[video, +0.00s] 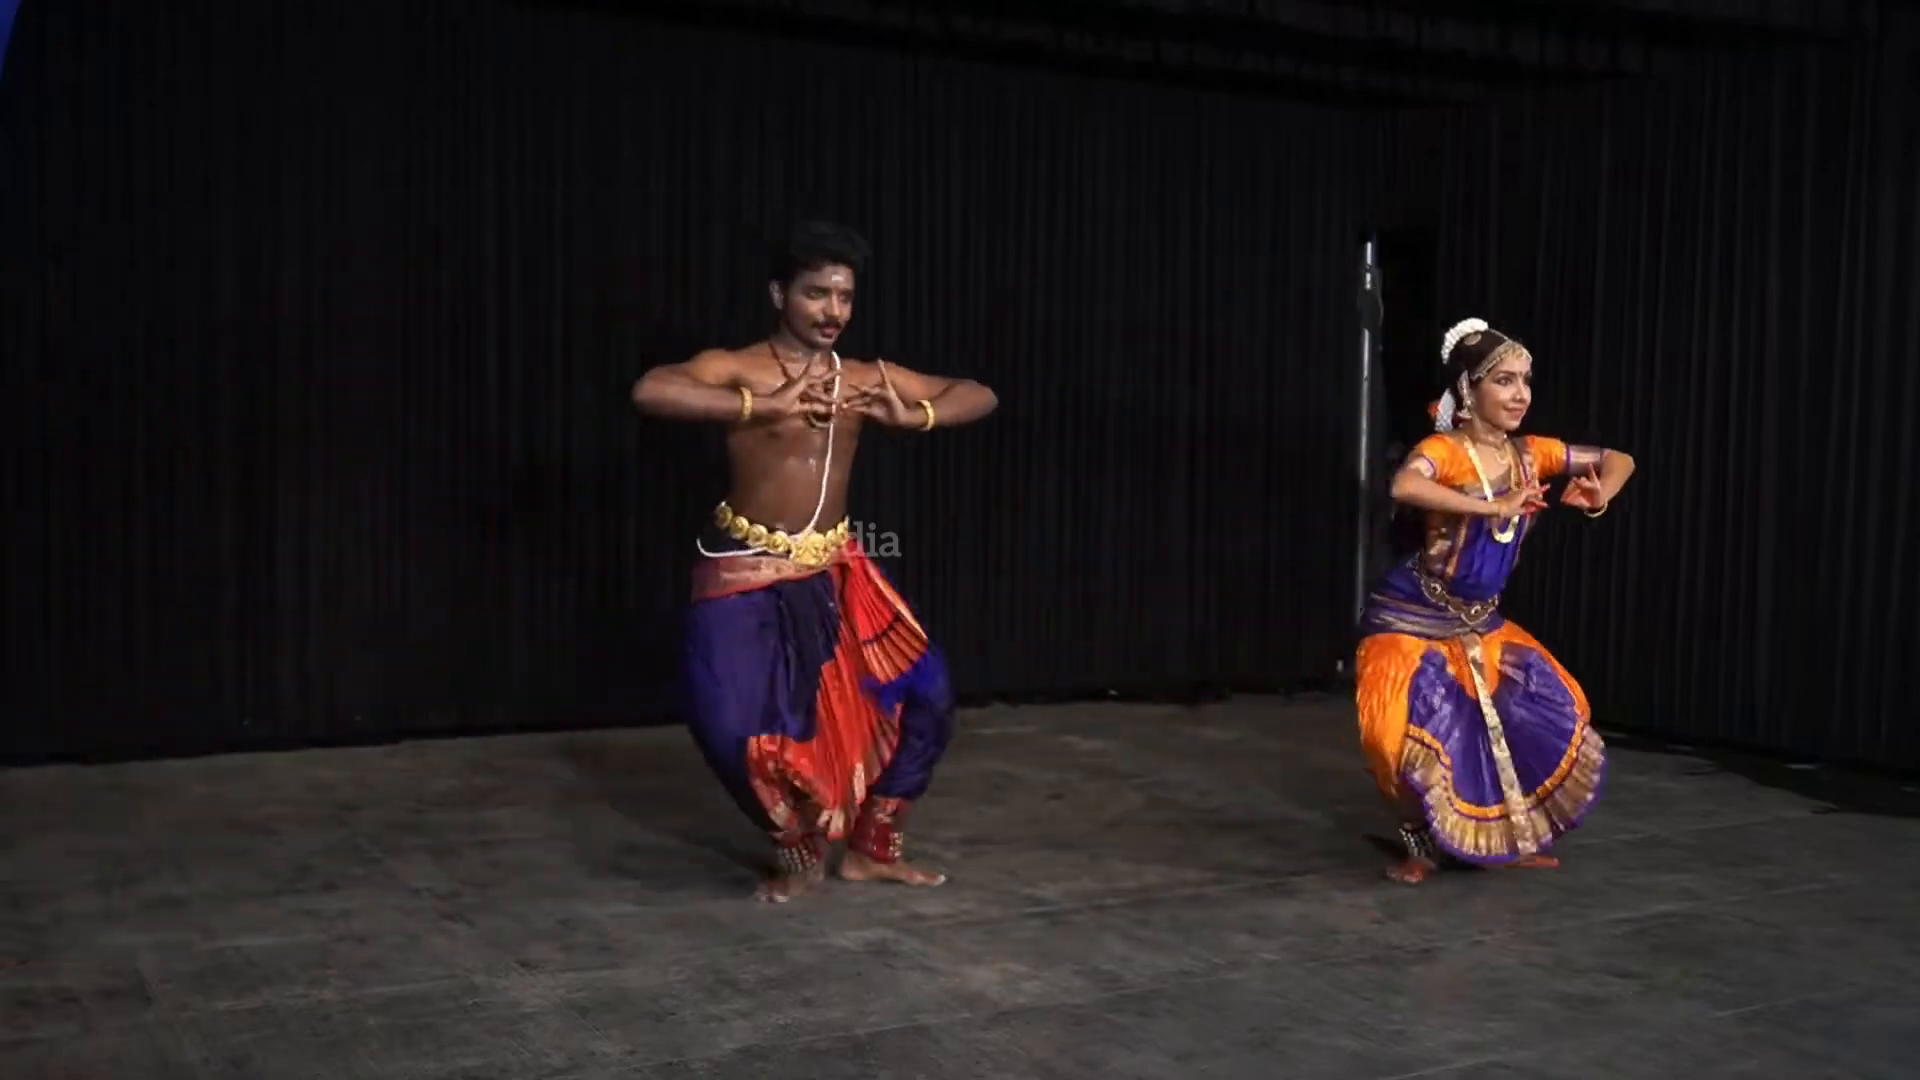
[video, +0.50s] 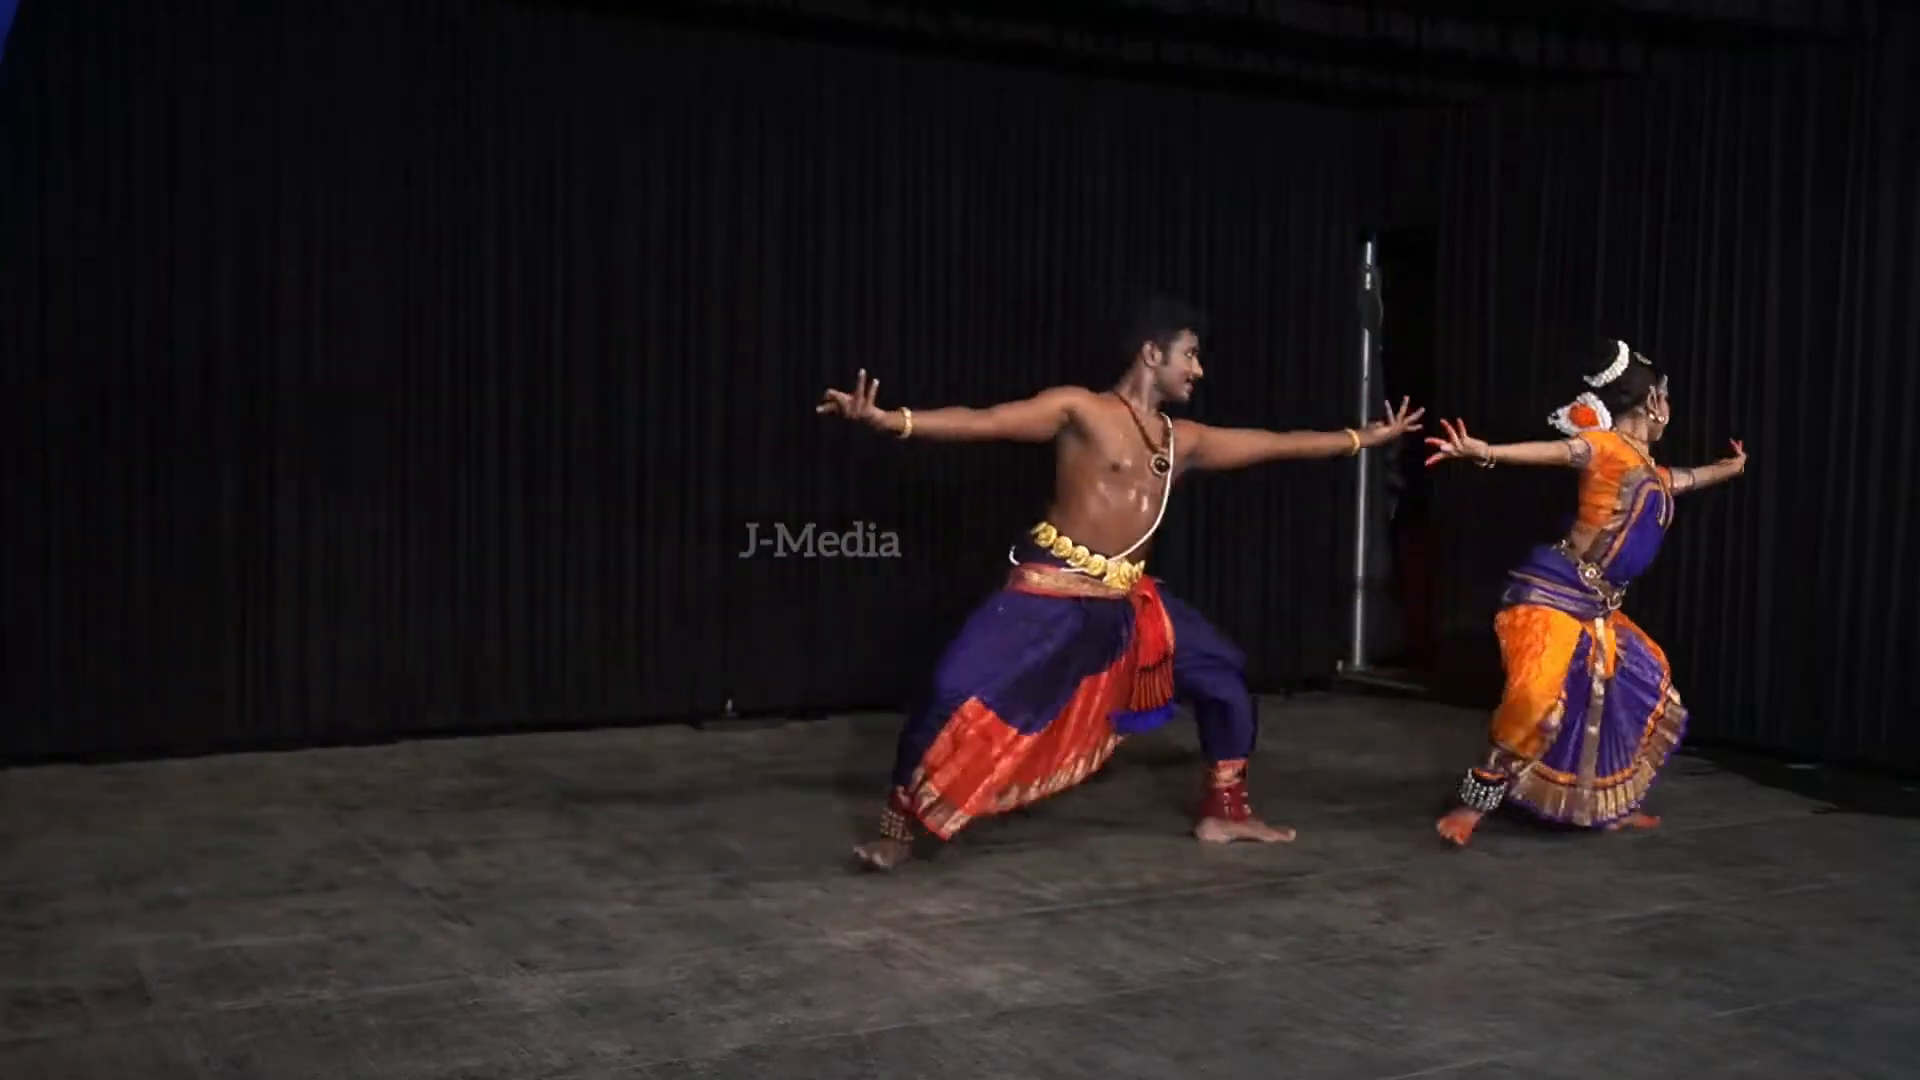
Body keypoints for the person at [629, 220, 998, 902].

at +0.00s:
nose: (833, 311)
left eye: (844, 296)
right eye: (818, 294)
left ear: (853, 301)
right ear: (780, 295)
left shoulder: (866, 377)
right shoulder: (738, 367)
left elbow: (982, 397)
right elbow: (650, 392)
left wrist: (916, 415)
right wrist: (762, 406)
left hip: (834, 570)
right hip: (746, 573)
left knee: (928, 693)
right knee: (727, 725)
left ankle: (872, 847)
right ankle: (797, 854)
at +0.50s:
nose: (1199, 370)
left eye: (1199, 358)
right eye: (1190, 356)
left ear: (1168, 364)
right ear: (1147, 357)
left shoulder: (1182, 440)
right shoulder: (1080, 409)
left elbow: (1277, 444)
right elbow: (984, 423)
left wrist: (1365, 438)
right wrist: (892, 421)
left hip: (1129, 597)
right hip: (1050, 586)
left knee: (1223, 671)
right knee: (951, 688)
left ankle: (1227, 809)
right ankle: (900, 822)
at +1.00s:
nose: (1288, 396)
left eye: (1289, 385)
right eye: (1286, 382)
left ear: (1261, 383)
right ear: (1255, 377)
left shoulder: (1265, 452)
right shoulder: (1184, 410)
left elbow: (1354, 444)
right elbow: (1102, 423)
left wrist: (1435, 423)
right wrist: (1021, 403)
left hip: (1197, 591)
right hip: (1134, 583)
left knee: (1294, 673)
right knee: (1158, 732)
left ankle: (1229, 799)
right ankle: (1221, 788)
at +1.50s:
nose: (1118, 338)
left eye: (1119, 324)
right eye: (1105, 325)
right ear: (1064, 328)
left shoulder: (1114, 404)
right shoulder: (1016, 388)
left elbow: (1215, 429)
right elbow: (950, 406)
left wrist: (1173, 448)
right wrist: (1044, 434)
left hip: (1066, 573)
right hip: (986, 571)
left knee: (1169, 670)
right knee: (920, 681)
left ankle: (1164, 814)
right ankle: (909, 828)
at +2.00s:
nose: (831, 281)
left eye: (841, 268)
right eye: (815, 266)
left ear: (849, 277)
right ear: (776, 273)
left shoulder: (864, 359)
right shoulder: (740, 345)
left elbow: (979, 384)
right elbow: (656, 367)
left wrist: (915, 405)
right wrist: (759, 389)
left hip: (804, 557)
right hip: (721, 549)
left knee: (781, 709)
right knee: (682, 695)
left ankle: (654, 830)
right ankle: (778, 828)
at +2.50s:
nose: (710, 322)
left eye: (723, 307)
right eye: (694, 305)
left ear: (734, 314)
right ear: (657, 309)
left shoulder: (753, 394)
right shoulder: (617, 390)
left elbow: (858, 464)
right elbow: (554, 455)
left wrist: (786, 431)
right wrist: (671, 424)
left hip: (703, 595)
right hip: (610, 588)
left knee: (767, 732)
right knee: (534, 720)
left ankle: (651, 859)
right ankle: (550, 855)